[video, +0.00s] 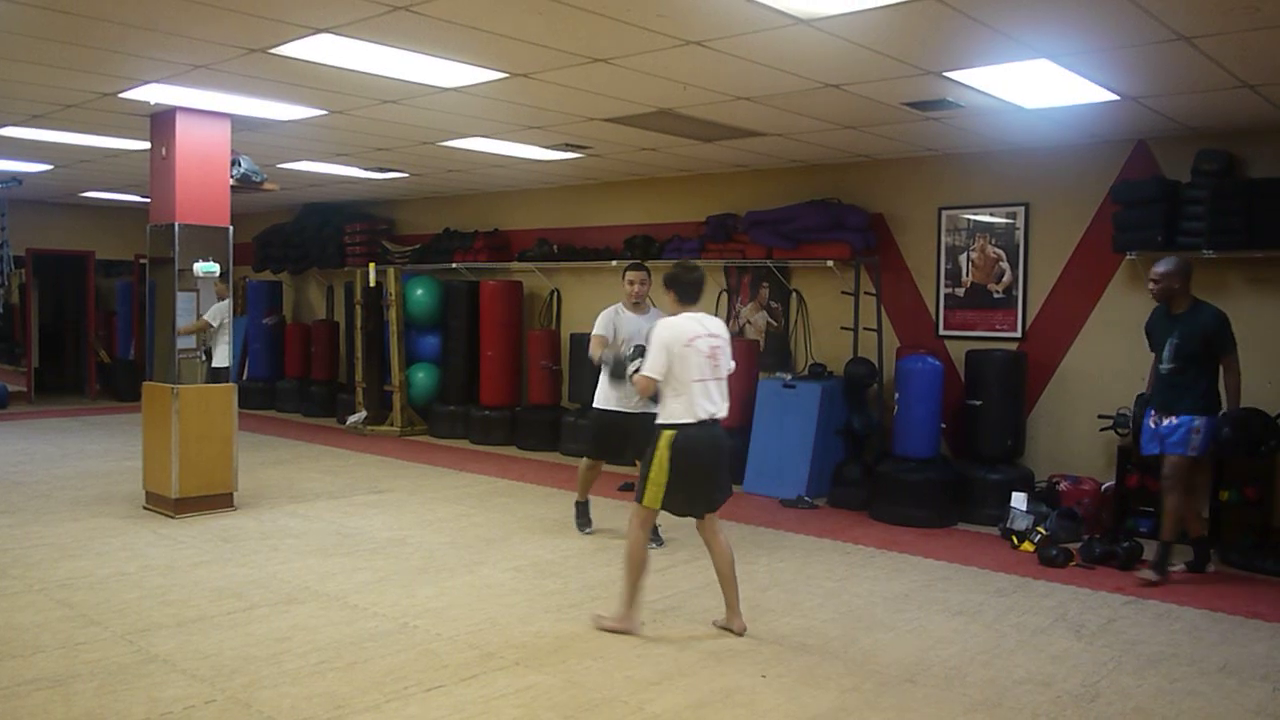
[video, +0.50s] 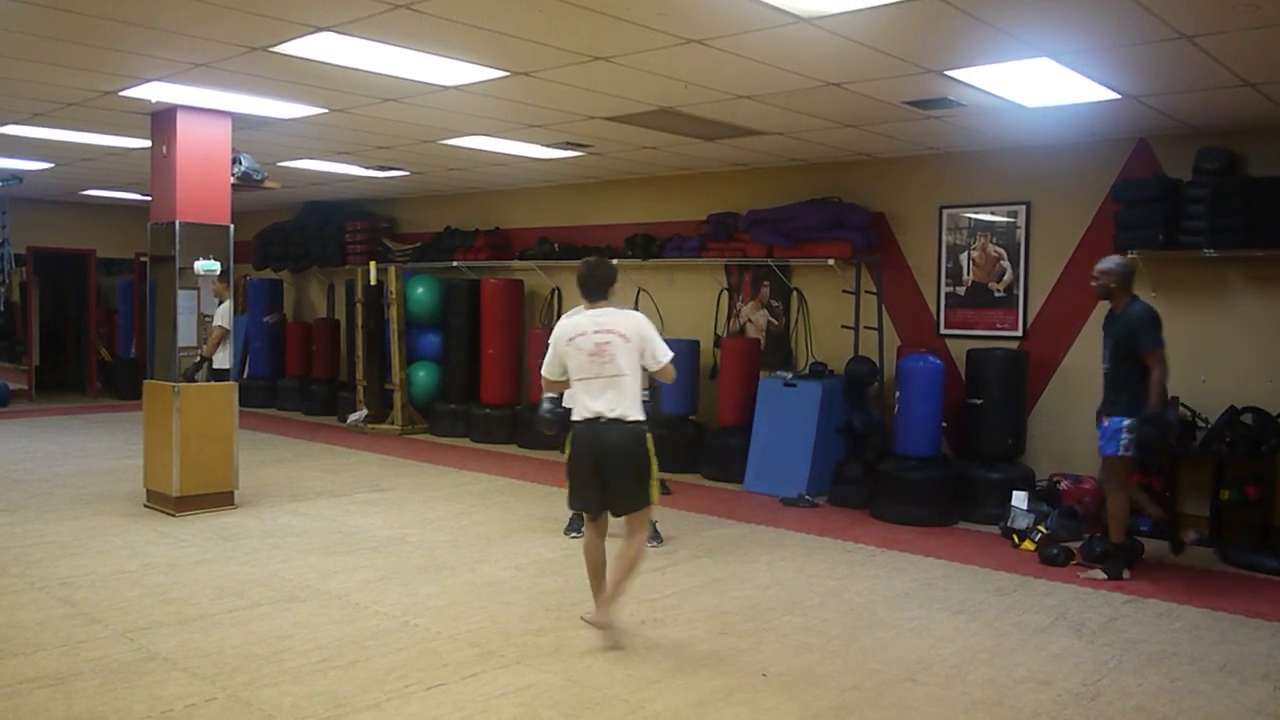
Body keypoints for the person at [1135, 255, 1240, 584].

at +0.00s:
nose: (1150, 287)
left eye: (1157, 281)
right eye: (1150, 281)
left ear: (1180, 283)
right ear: (1155, 284)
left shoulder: (1212, 320)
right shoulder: (1156, 320)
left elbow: (1231, 368)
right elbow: (1158, 360)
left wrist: (1232, 415)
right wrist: (1148, 399)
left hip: (1196, 414)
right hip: (1162, 413)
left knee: (1171, 477)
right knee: (1184, 483)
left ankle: (1160, 560)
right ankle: (1201, 553)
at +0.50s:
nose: (1092, 283)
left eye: (1098, 279)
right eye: (1093, 278)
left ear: (1119, 282)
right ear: (1110, 283)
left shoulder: (1142, 316)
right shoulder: (1111, 317)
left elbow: (1157, 366)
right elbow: (1113, 369)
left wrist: (1152, 413)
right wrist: (1105, 406)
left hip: (1129, 415)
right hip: (1111, 414)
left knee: (1114, 482)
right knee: (1115, 481)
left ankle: (1117, 556)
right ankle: (1166, 523)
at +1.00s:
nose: (1017, 280)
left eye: (1022, 275)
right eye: (1019, 275)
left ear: (1037, 280)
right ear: (1037, 281)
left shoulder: (1056, 312)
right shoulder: (1041, 313)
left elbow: (1067, 359)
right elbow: (1044, 362)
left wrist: (1039, 402)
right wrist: (1030, 396)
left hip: (1063, 411)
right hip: (1039, 410)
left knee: (1076, 483)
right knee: (1012, 465)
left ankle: (1109, 553)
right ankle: (1001, 543)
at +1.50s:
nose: (929, 280)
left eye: (932, 275)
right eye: (931, 274)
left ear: (946, 277)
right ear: (954, 277)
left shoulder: (957, 307)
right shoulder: (968, 305)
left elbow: (969, 354)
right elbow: (970, 354)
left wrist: (957, 397)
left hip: (953, 400)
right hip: (977, 400)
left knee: (922, 456)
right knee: (976, 464)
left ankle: (902, 534)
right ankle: (996, 541)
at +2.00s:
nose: (850, 278)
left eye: (852, 274)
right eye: (852, 273)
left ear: (861, 275)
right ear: (878, 276)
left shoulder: (861, 305)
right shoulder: (892, 305)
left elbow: (859, 343)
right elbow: (909, 347)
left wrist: (833, 374)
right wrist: (910, 388)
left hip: (870, 392)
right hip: (890, 390)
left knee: (879, 458)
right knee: (856, 449)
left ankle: (896, 535)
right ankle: (838, 506)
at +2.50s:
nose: (787, 275)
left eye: (789, 270)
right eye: (789, 270)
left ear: (797, 273)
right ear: (813, 272)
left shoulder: (800, 301)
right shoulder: (829, 300)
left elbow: (809, 342)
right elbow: (840, 344)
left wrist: (799, 384)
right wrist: (825, 369)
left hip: (803, 381)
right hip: (829, 381)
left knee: (772, 436)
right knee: (823, 443)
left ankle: (771, 502)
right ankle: (829, 512)